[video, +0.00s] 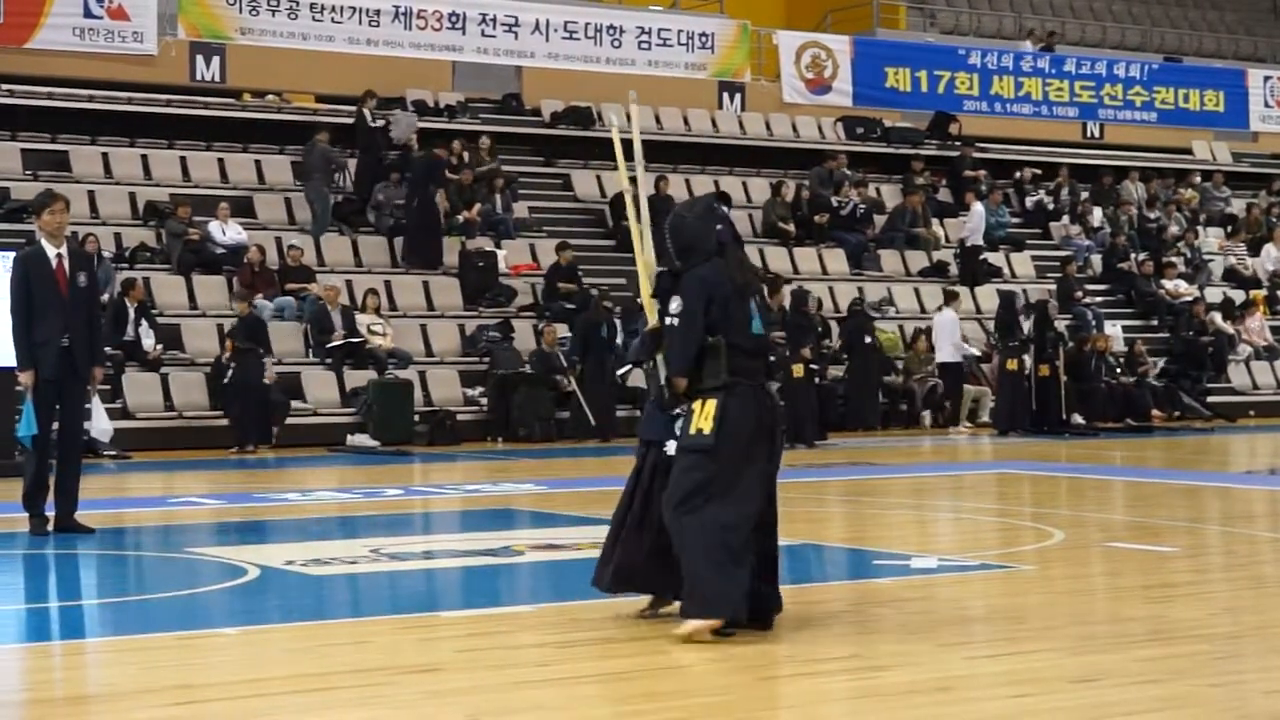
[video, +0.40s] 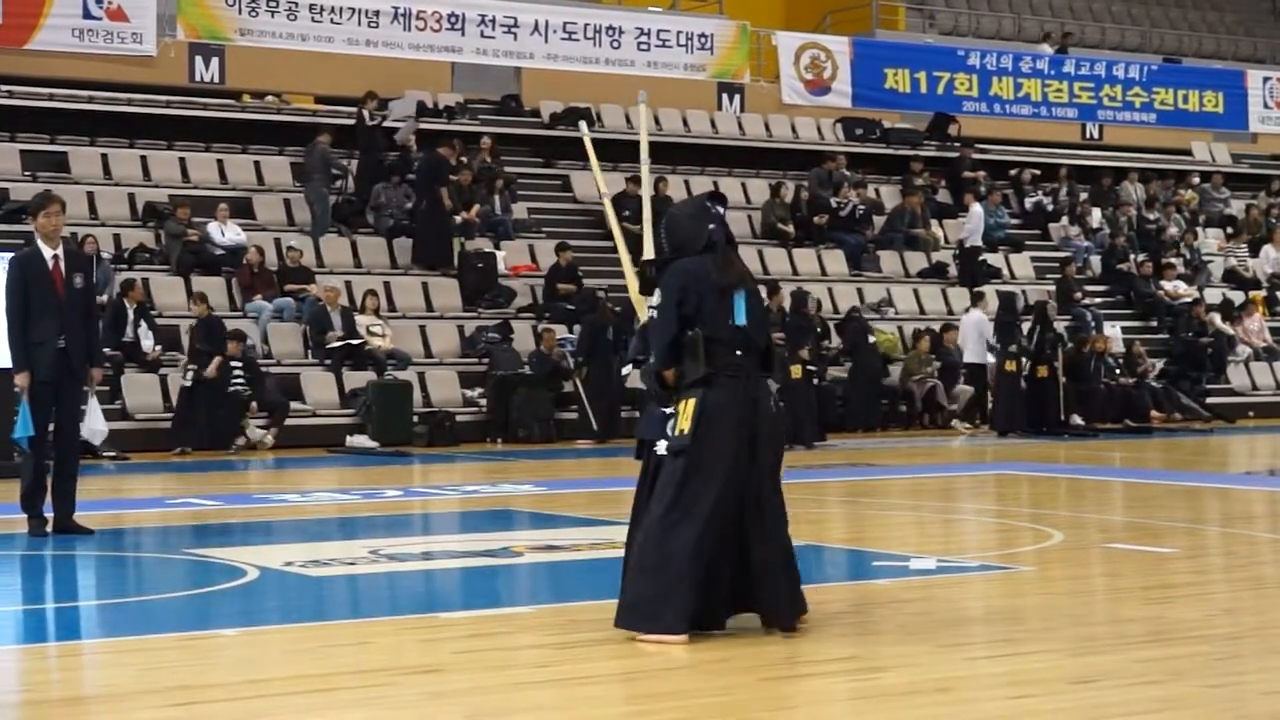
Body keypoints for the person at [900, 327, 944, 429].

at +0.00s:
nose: (924, 344)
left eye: (925, 341)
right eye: (920, 341)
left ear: (928, 343)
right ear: (914, 344)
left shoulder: (931, 358)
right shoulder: (910, 358)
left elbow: (933, 371)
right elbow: (913, 370)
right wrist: (928, 369)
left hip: (928, 379)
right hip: (913, 379)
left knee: (935, 387)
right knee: (915, 388)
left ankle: (928, 414)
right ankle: (917, 417)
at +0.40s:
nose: (928, 344)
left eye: (928, 341)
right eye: (925, 341)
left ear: (929, 343)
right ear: (918, 343)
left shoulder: (928, 357)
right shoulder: (912, 356)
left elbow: (932, 372)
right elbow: (913, 370)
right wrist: (929, 370)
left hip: (923, 380)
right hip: (909, 380)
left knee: (935, 386)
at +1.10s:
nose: (910, 343)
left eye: (912, 340)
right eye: (907, 341)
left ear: (914, 342)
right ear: (902, 344)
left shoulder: (917, 355)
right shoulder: (901, 356)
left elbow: (927, 363)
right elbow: (907, 373)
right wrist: (924, 367)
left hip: (921, 380)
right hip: (908, 381)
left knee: (933, 390)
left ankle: (933, 418)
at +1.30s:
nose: (910, 343)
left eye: (912, 340)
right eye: (907, 341)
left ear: (914, 342)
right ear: (901, 344)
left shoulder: (918, 355)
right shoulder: (900, 356)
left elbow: (927, 366)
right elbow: (906, 373)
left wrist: (916, 371)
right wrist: (923, 367)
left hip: (921, 380)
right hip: (909, 380)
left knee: (933, 390)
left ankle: (933, 418)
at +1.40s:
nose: (911, 343)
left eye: (913, 340)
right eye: (908, 340)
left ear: (916, 342)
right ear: (902, 344)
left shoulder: (921, 357)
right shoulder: (900, 357)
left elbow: (927, 371)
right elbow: (905, 373)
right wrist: (922, 370)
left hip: (922, 380)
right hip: (909, 381)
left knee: (935, 388)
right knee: (912, 386)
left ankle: (933, 418)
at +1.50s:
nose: (913, 343)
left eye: (914, 340)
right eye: (910, 340)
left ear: (917, 343)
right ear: (904, 343)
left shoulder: (920, 357)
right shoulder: (899, 358)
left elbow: (928, 371)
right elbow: (903, 375)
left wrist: (927, 372)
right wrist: (920, 372)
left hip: (923, 381)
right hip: (909, 383)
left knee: (935, 389)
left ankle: (934, 418)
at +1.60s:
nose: (913, 343)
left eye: (915, 340)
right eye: (910, 340)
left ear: (916, 342)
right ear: (904, 343)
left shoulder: (920, 356)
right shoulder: (900, 358)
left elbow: (930, 371)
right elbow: (906, 375)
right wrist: (925, 374)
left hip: (924, 381)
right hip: (911, 383)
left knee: (935, 389)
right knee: (936, 388)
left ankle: (934, 418)